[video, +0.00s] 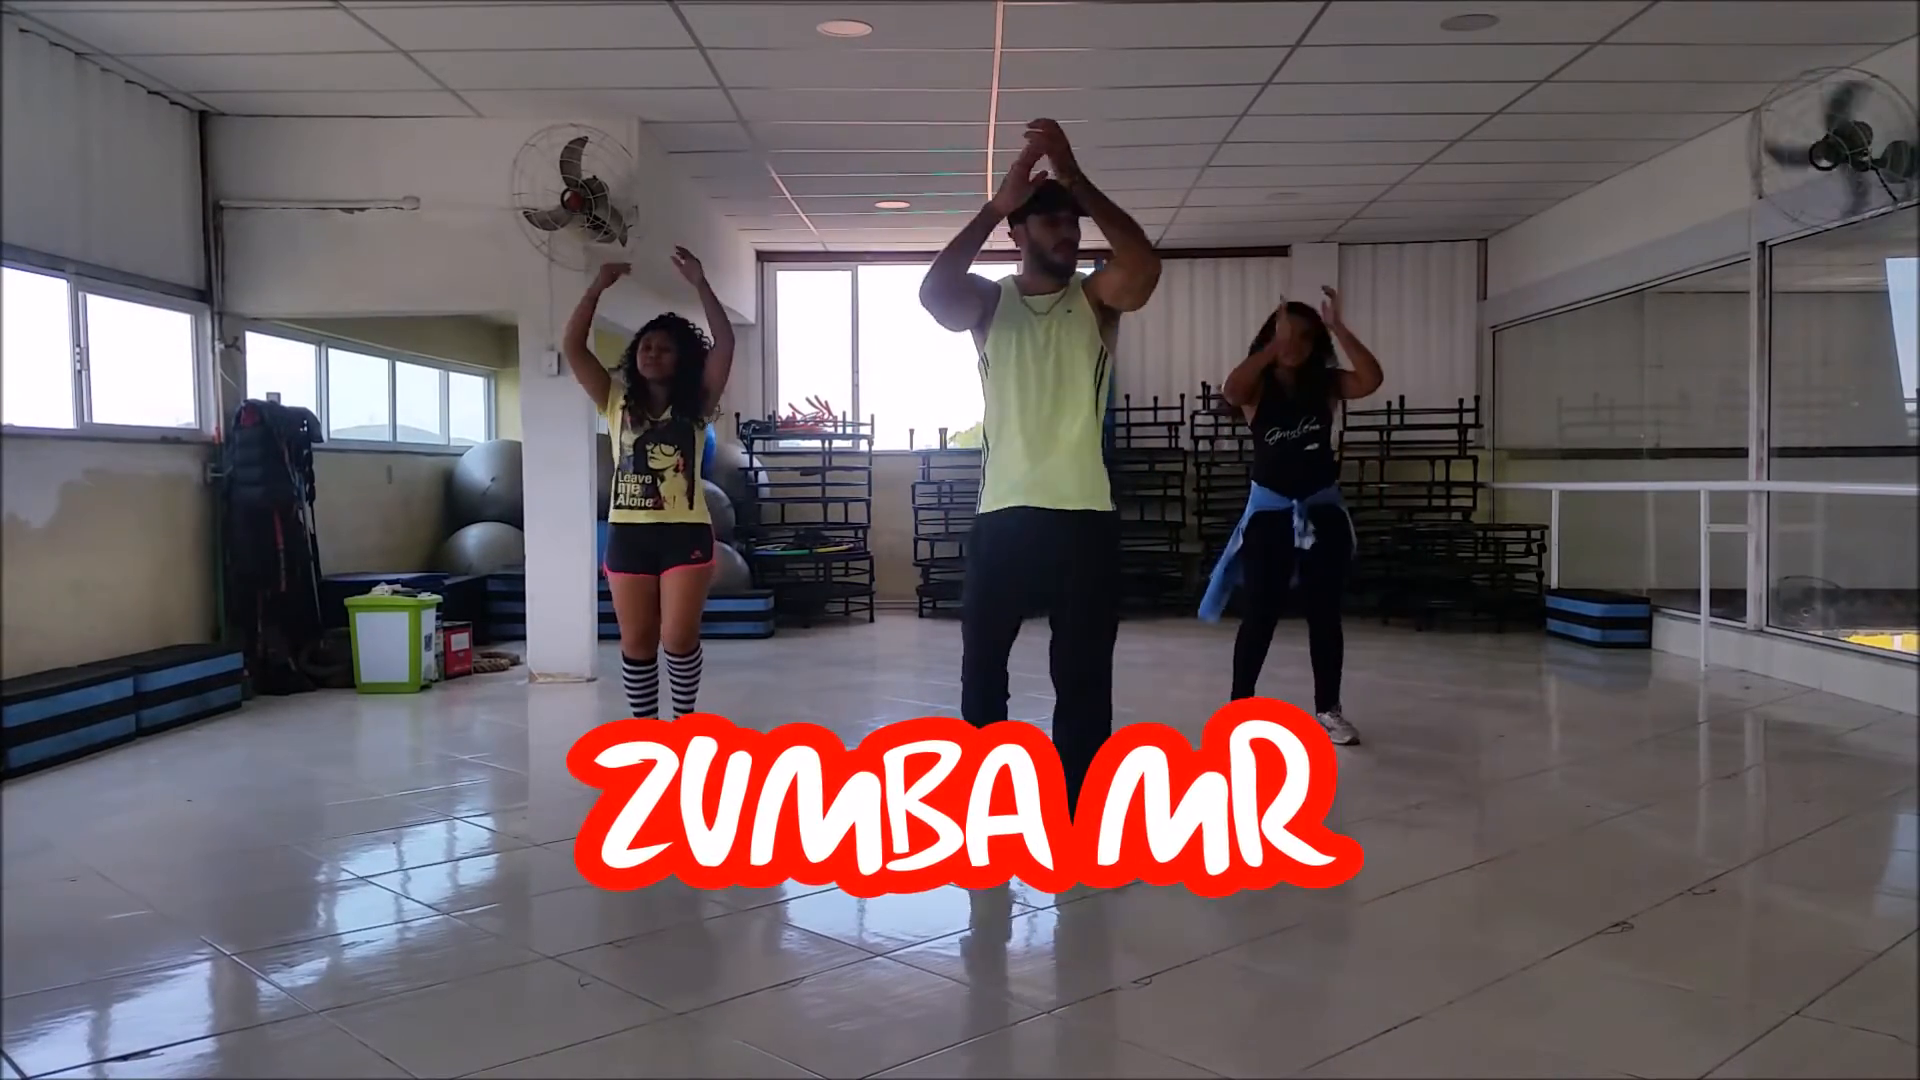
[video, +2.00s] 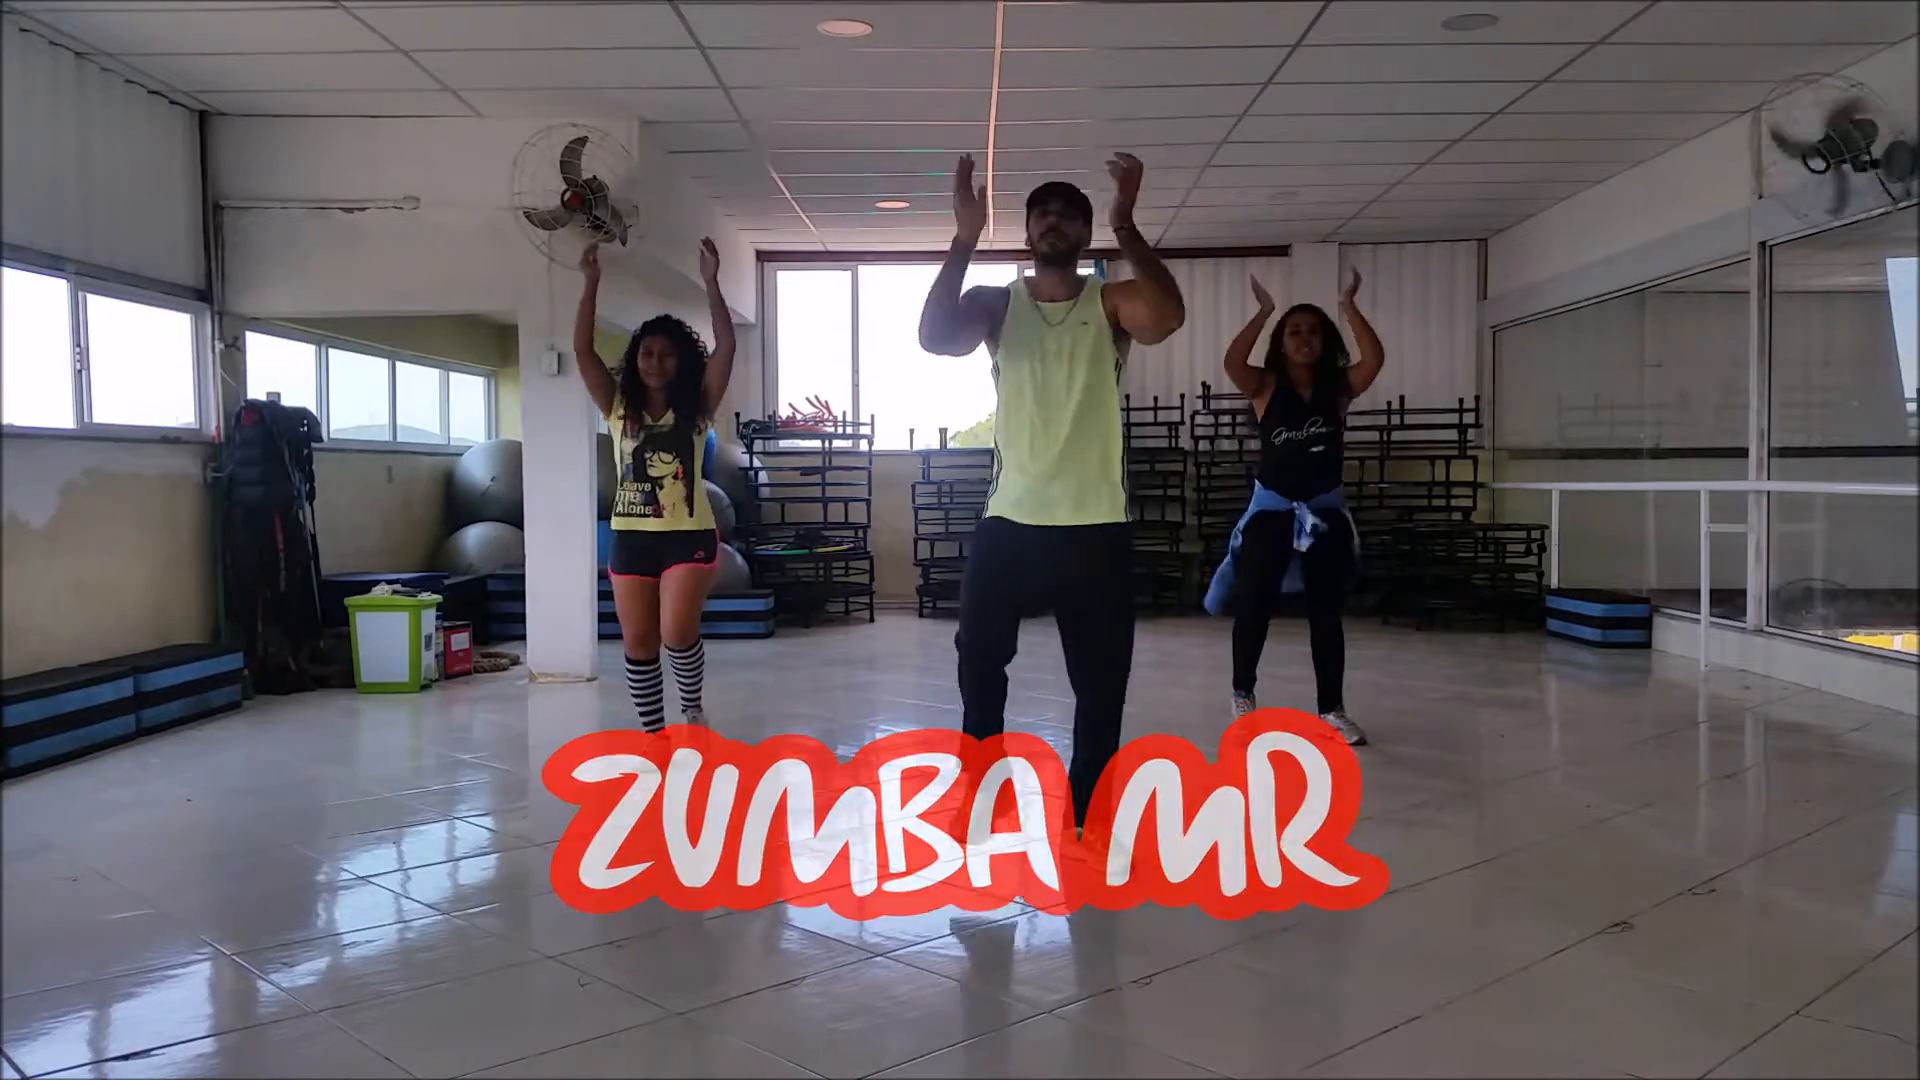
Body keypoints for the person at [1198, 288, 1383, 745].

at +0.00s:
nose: (1292, 345)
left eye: (1301, 338)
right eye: (1285, 336)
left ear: (1313, 343)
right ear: (1271, 341)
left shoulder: (1327, 382)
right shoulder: (1254, 385)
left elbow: (1370, 379)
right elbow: (1232, 387)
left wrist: (1337, 327)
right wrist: (1268, 348)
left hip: (1323, 515)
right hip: (1269, 516)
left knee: (1325, 614)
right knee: (1260, 615)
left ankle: (1328, 711)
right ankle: (1239, 710)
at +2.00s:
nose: (1304, 339)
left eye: (1313, 332)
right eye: (1295, 333)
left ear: (1326, 341)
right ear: (1280, 342)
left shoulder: (1337, 388)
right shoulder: (1264, 386)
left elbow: (1373, 357)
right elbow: (1233, 363)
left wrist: (1349, 306)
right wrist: (1263, 314)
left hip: (1326, 516)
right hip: (1270, 515)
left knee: (1327, 614)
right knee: (1254, 605)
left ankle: (1332, 712)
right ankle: (1243, 698)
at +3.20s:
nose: (1293, 340)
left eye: (1301, 332)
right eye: (1285, 333)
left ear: (1316, 340)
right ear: (1274, 339)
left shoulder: (1334, 384)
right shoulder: (1259, 383)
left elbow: (1368, 381)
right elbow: (1222, 376)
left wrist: (1322, 350)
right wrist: (1282, 361)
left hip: (1322, 513)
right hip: (1266, 513)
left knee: (1326, 615)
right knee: (1255, 615)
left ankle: (1333, 716)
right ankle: (1235, 717)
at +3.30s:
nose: (1286, 338)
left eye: (1295, 331)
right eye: (1277, 332)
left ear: (1309, 342)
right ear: (1262, 343)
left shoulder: (1326, 390)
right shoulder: (1248, 387)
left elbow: (1375, 413)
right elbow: (1201, 402)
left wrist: (1327, 383)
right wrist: (1265, 390)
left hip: (1315, 515)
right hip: (1258, 515)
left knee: (1327, 614)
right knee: (1249, 615)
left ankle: (1335, 713)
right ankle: (1234, 715)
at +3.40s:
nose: (1278, 337)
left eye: (1287, 331)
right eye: (1269, 331)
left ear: (1300, 342)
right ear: (1254, 342)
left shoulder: (1317, 390)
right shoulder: (1239, 388)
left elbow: (1368, 434)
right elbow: (1191, 427)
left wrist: (1336, 428)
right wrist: (1239, 436)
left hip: (1309, 513)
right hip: (1252, 514)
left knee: (1343, 598)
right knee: (1245, 611)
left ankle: (1347, 705)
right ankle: (1234, 715)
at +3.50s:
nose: (1279, 335)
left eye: (1287, 329)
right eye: (1269, 329)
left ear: (1300, 339)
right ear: (1254, 339)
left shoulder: (1315, 390)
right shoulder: (1235, 387)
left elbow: (1350, 438)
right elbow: (1195, 444)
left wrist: (1362, 460)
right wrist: (1220, 476)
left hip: (1308, 511)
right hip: (1251, 512)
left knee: (1348, 598)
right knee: (1245, 611)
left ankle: (1365, 700)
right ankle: (1234, 715)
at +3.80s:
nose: (1298, 347)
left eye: (1306, 341)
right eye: (1288, 341)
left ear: (1319, 351)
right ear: (1273, 351)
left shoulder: (1339, 401)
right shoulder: (1255, 405)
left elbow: (1363, 467)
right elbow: (1233, 473)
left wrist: (1387, 528)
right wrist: (1221, 533)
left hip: (1332, 524)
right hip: (1274, 526)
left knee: (1363, 616)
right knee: (1260, 616)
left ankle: (1381, 716)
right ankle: (1225, 713)